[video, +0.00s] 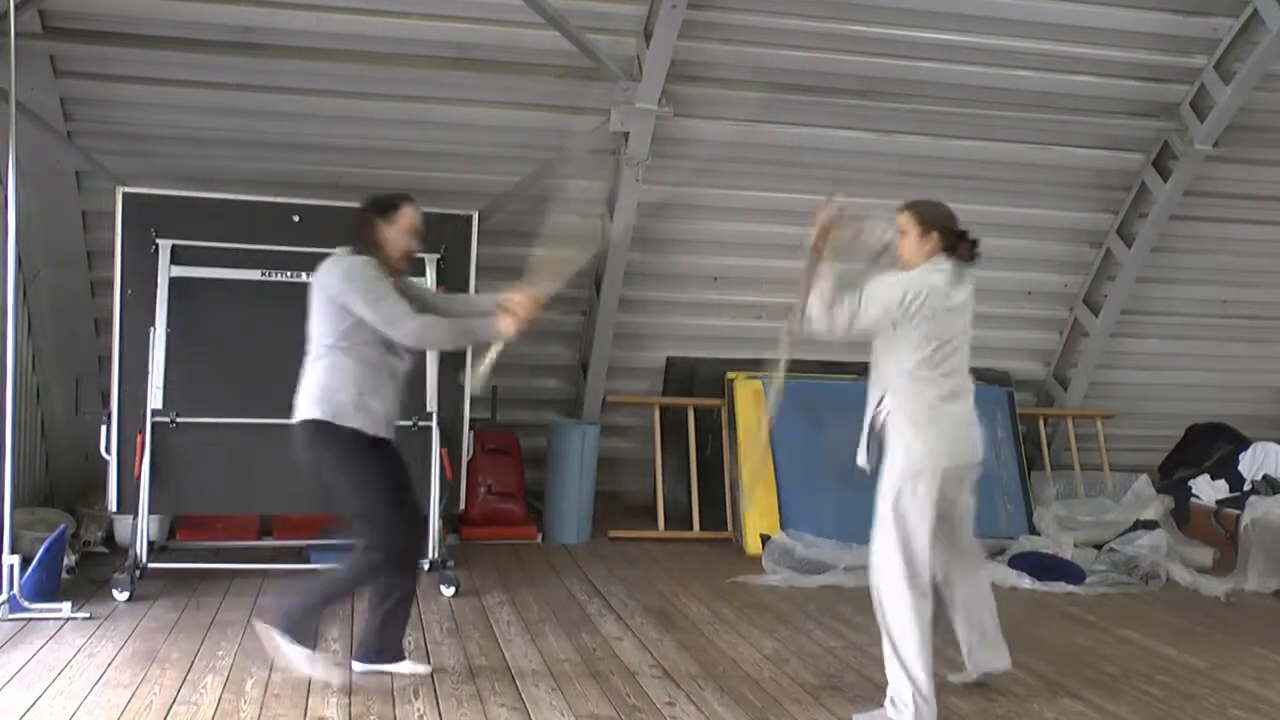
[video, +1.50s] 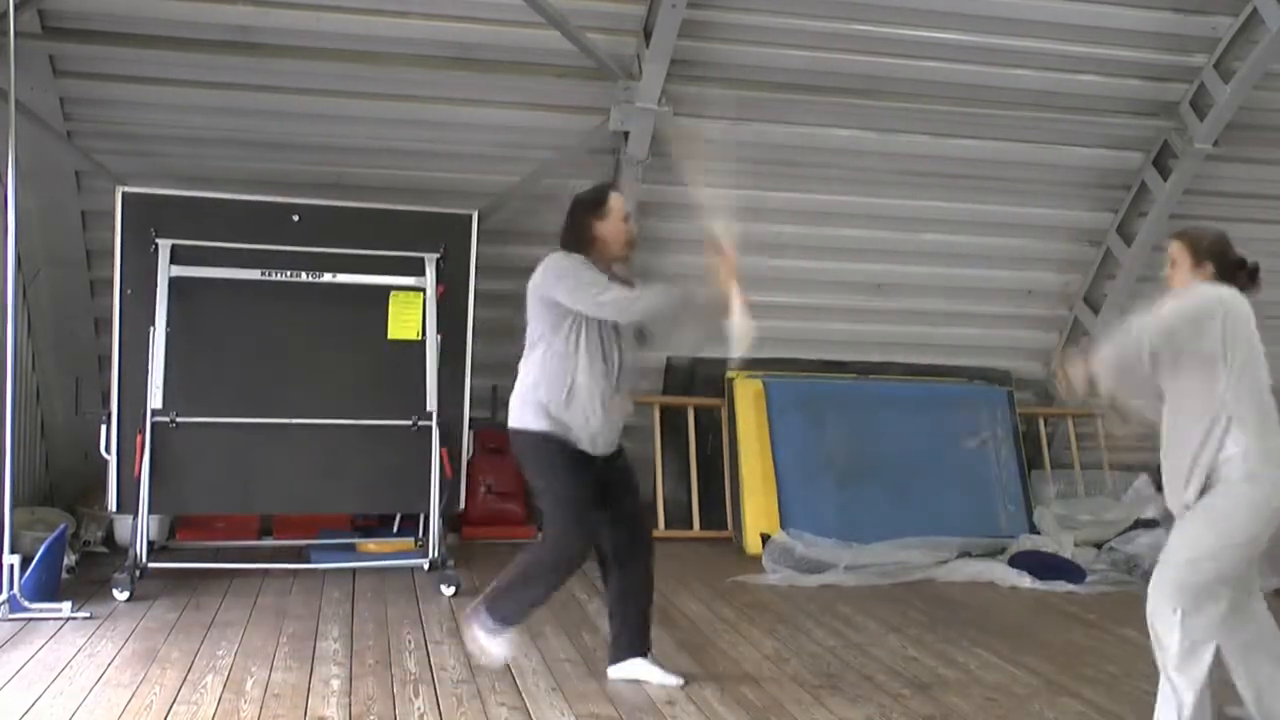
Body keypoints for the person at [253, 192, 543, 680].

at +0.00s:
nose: (416, 245)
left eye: (418, 235)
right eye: (409, 232)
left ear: (396, 233)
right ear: (379, 227)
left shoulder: (382, 279)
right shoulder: (348, 270)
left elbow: (439, 306)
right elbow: (409, 328)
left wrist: (502, 301)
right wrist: (495, 327)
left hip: (366, 432)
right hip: (333, 427)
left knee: (408, 537)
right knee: (385, 541)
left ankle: (378, 653)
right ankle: (289, 619)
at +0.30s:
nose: (481, 230)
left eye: (481, 223)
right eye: (475, 222)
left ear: (430, 224)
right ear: (448, 226)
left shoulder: (398, 264)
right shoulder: (444, 270)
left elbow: (443, 224)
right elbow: (513, 251)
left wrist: (460, 173)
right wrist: (498, 195)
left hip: (411, 428)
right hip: (439, 431)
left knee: (476, 529)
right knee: (468, 551)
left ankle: (453, 613)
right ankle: (433, 690)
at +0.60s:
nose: (554, 251)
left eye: (554, 240)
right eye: (548, 240)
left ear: (518, 239)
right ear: (518, 238)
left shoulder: (505, 288)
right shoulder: (483, 269)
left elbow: (540, 356)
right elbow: (552, 301)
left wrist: (596, 338)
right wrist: (616, 311)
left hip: (485, 439)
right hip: (447, 435)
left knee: (524, 535)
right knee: (482, 556)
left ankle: (520, 649)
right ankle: (432, 688)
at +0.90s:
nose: (578, 258)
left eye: (580, 247)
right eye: (573, 247)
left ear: (542, 243)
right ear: (545, 244)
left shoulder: (528, 279)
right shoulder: (512, 283)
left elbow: (599, 315)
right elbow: (564, 348)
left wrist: (664, 342)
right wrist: (651, 357)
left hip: (484, 433)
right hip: (451, 428)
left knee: (514, 539)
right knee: (464, 555)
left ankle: (517, 648)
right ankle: (412, 679)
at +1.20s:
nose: (590, 247)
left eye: (589, 235)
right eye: (588, 233)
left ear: (549, 222)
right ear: (572, 230)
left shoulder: (518, 259)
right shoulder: (546, 256)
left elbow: (541, 216)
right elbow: (615, 217)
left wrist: (543, 169)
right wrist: (583, 159)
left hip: (524, 426)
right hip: (500, 428)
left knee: (611, 473)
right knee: (474, 551)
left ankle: (566, 573)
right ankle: (414, 677)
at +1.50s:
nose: (631, 227)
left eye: (630, 218)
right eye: (622, 218)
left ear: (605, 228)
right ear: (592, 225)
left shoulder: (622, 291)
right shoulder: (557, 270)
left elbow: (666, 333)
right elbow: (627, 307)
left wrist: (721, 308)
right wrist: (703, 293)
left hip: (597, 435)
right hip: (544, 426)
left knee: (629, 539)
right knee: (572, 537)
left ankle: (629, 657)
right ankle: (490, 618)